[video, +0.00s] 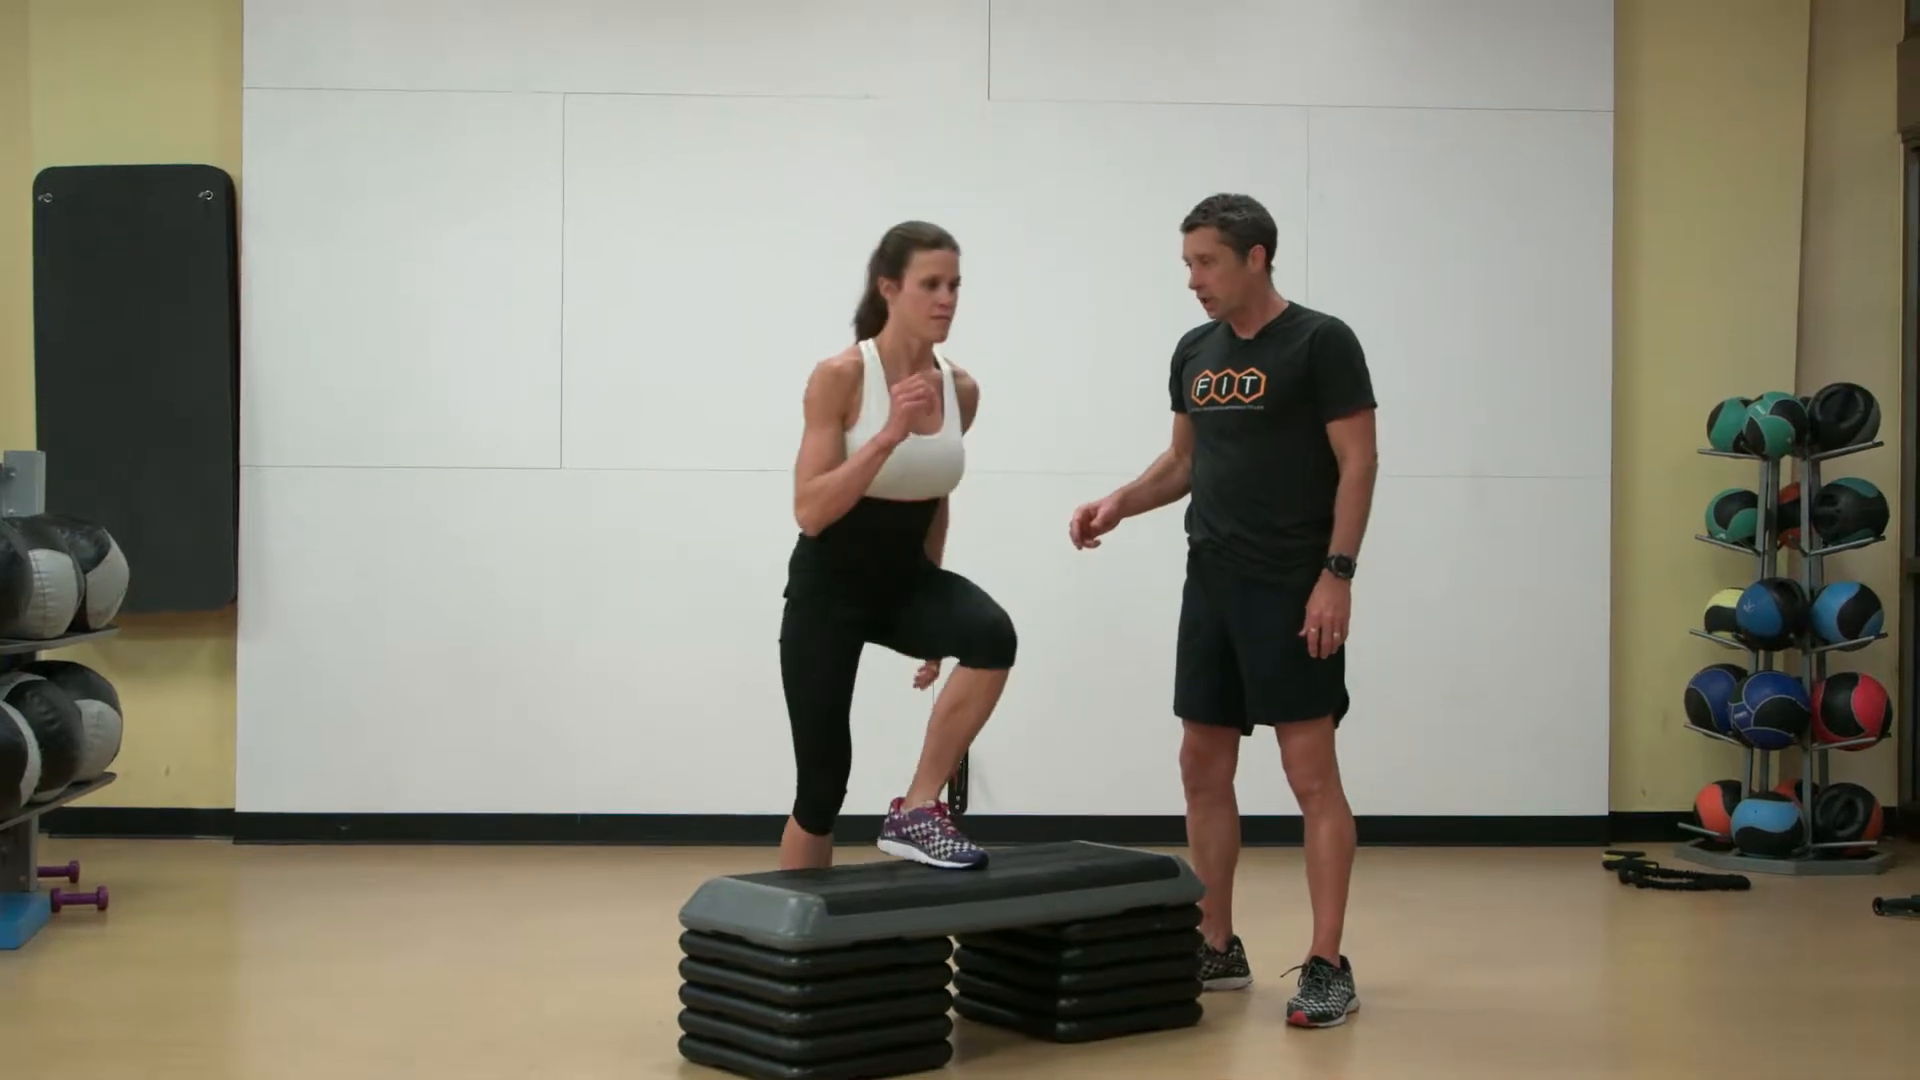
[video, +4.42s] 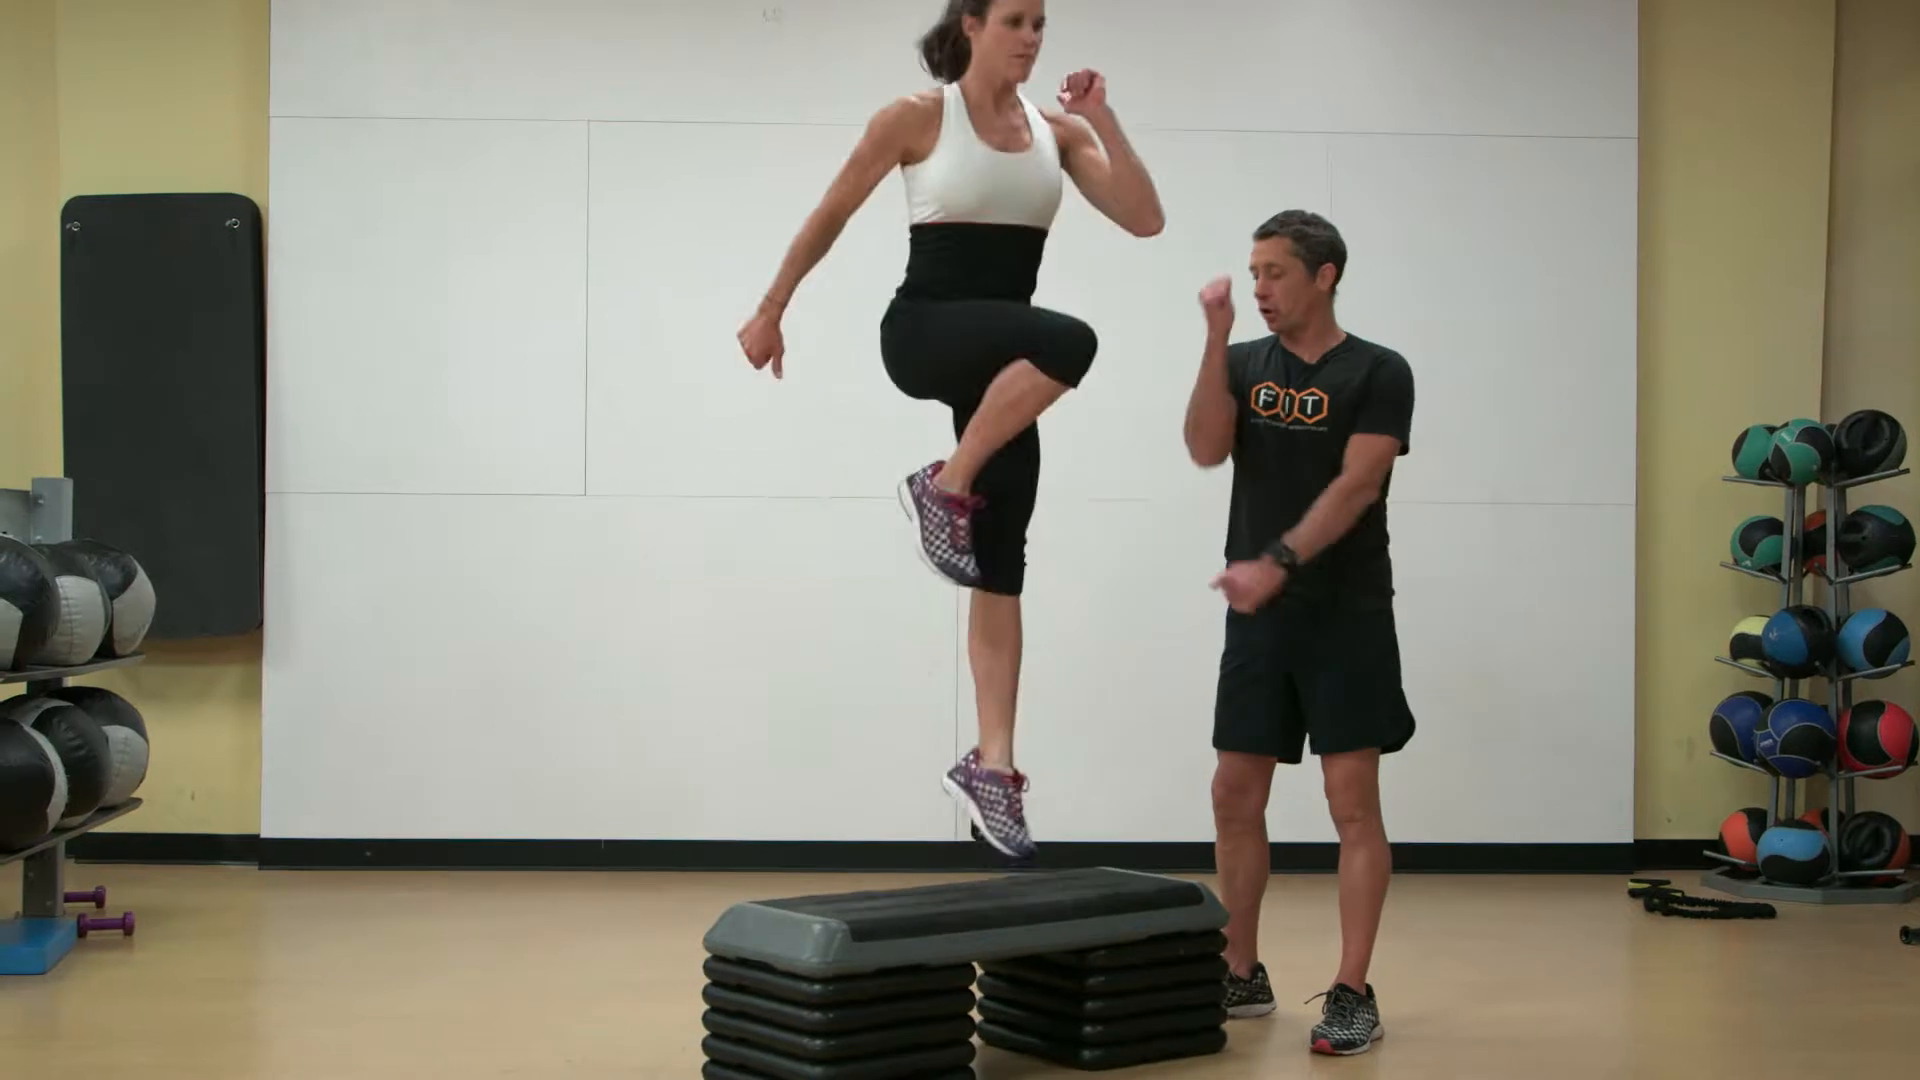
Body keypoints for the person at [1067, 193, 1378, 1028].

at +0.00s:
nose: (1192, 279)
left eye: (1205, 264)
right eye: (1187, 265)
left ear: (1256, 258)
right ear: (1198, 265)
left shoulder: (1323, 343)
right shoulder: (1193, 354)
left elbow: (1358, 463)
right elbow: (1181, 464)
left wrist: (1337, 573)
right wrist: (1119, 502)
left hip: (1294, 588)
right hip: (1211, 586)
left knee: (1312, 775)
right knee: (1202, 766)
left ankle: (1326, 961)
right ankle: (1215, 945)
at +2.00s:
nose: (1210, 339)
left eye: (1223, 325)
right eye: (1203, 325)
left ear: (1272, 315)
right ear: (1202, 320)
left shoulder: (1344, 386)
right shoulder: (1193, 403)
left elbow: (1393, 501)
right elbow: (1151, 507)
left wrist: (1385, 608)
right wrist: (1093, 528)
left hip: (1333, 631)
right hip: (1243, 632)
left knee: (1340, 817)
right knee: (1220, 804)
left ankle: (1341, 1002)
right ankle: (1230, 988)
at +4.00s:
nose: (1237, 318)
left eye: (1250, 302)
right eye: (1229, 303)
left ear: (1297, 295)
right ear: (1226, 302)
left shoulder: (1368, 375)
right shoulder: (1218, 388)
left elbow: (1413, 490)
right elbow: (1192, 498)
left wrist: (1409, 599)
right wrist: (1156, 580)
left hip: (1346, 619)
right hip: (1254, 619)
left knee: (1349, 808)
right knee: (1229, 796)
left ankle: (1347, 991)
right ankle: (1236, 974)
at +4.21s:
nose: (1244, 297)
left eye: (1259, 282)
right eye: (1239, 282)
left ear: (1309, 283)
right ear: (1241, 286)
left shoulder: (1372, 376)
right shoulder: (1220, 382)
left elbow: (1410, 496)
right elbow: (1207, 492)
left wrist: (1391, 606)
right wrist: (1172, 533)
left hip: (1348, 617)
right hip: (1256, 617)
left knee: (1351, 806)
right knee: (1232, 793)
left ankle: (1350, 990)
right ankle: (1239, 973)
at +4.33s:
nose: (1253, 291)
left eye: (1267, 275)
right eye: (1249, 277)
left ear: (1317, 278)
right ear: (1253, 283)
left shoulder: (1375, 375)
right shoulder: (1238, 373)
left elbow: (1377, 498)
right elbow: (1205, 484)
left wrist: (1313, 585)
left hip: (1347, 612)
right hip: (1255, 610)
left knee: (1353, 802)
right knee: (1233, 795)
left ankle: (1350, 991)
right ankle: (1240, 975)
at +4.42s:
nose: (1257, 288)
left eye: (1272, 274)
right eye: (1255, 275)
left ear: (1323, 275)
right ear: (1263, 279)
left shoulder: (1379, 372)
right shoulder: (1244, 363)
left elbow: (1358, 485)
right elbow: (1205, 448)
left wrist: (1278, 560)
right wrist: (1216, 340)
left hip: (1346, 614)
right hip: (1259, 610)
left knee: (1352, 802)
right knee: (1235, 793)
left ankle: (1351, 991)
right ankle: (1241, 974)